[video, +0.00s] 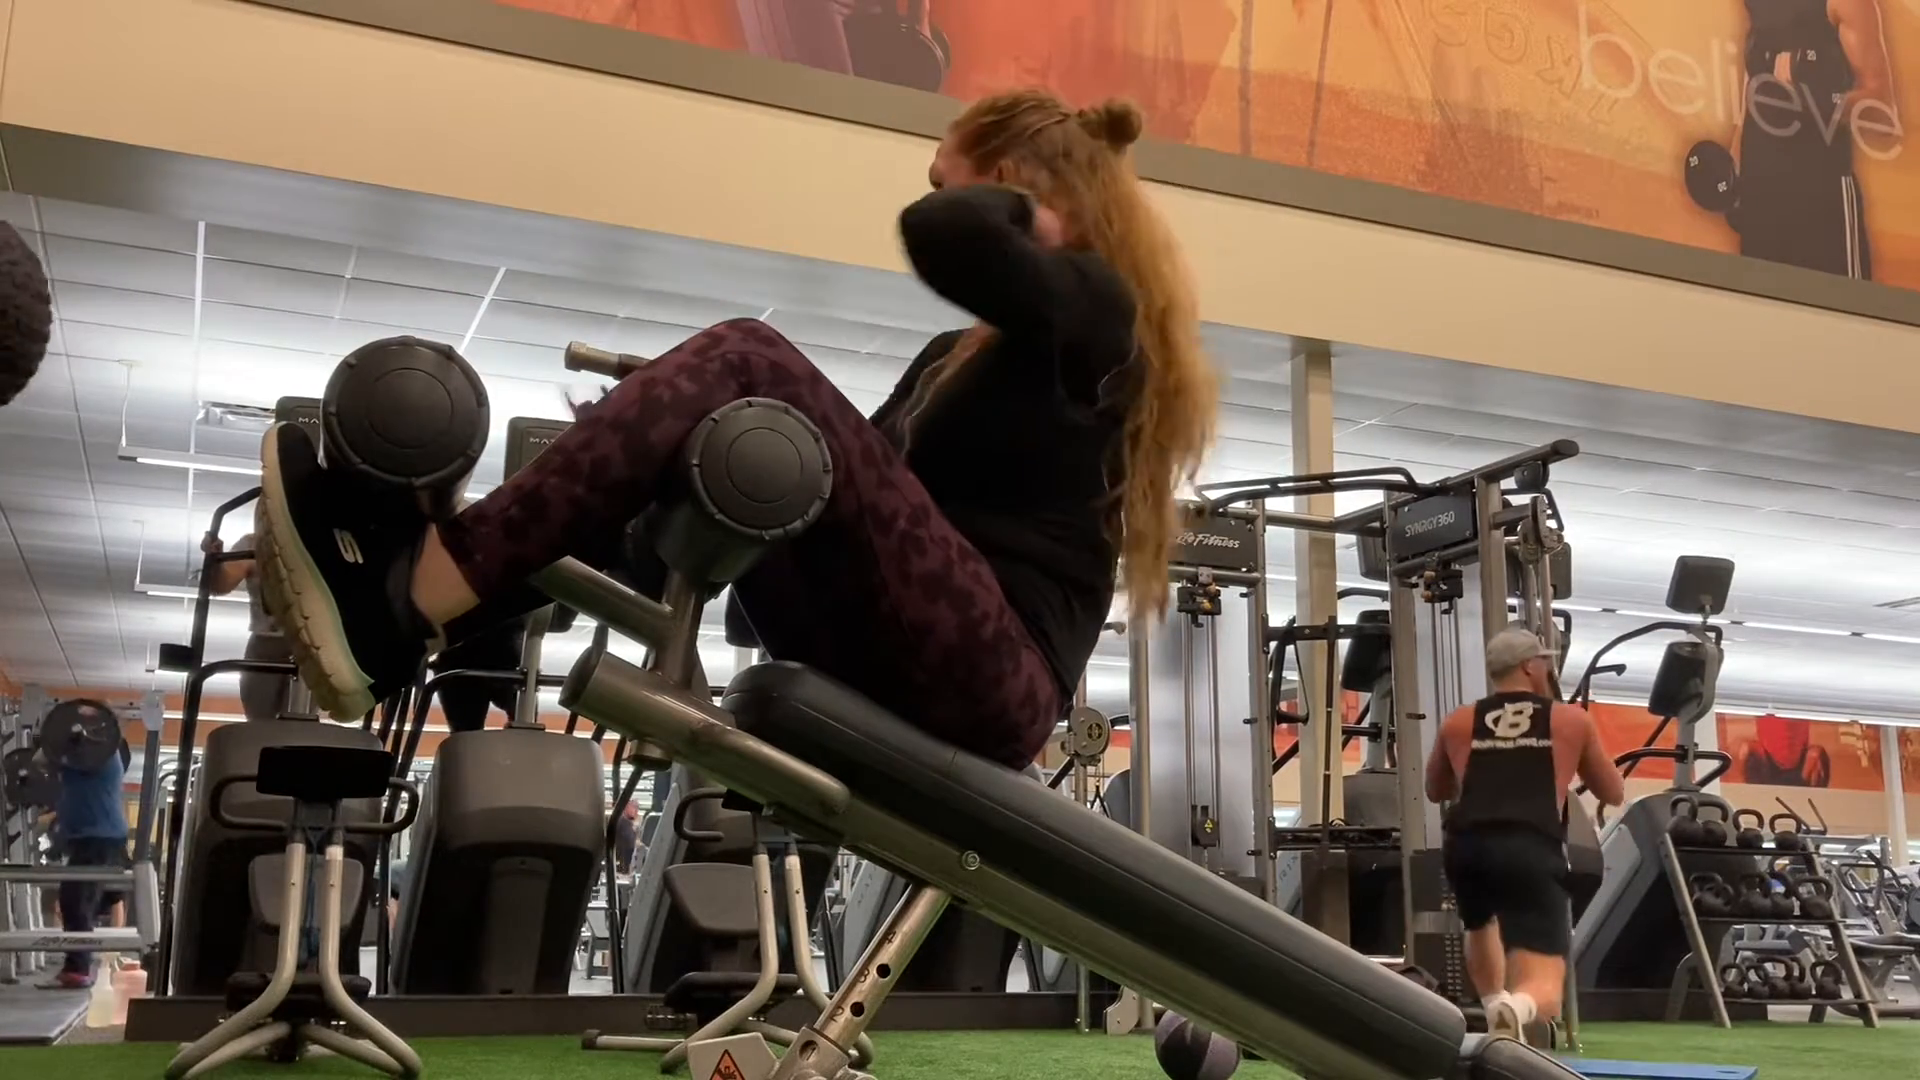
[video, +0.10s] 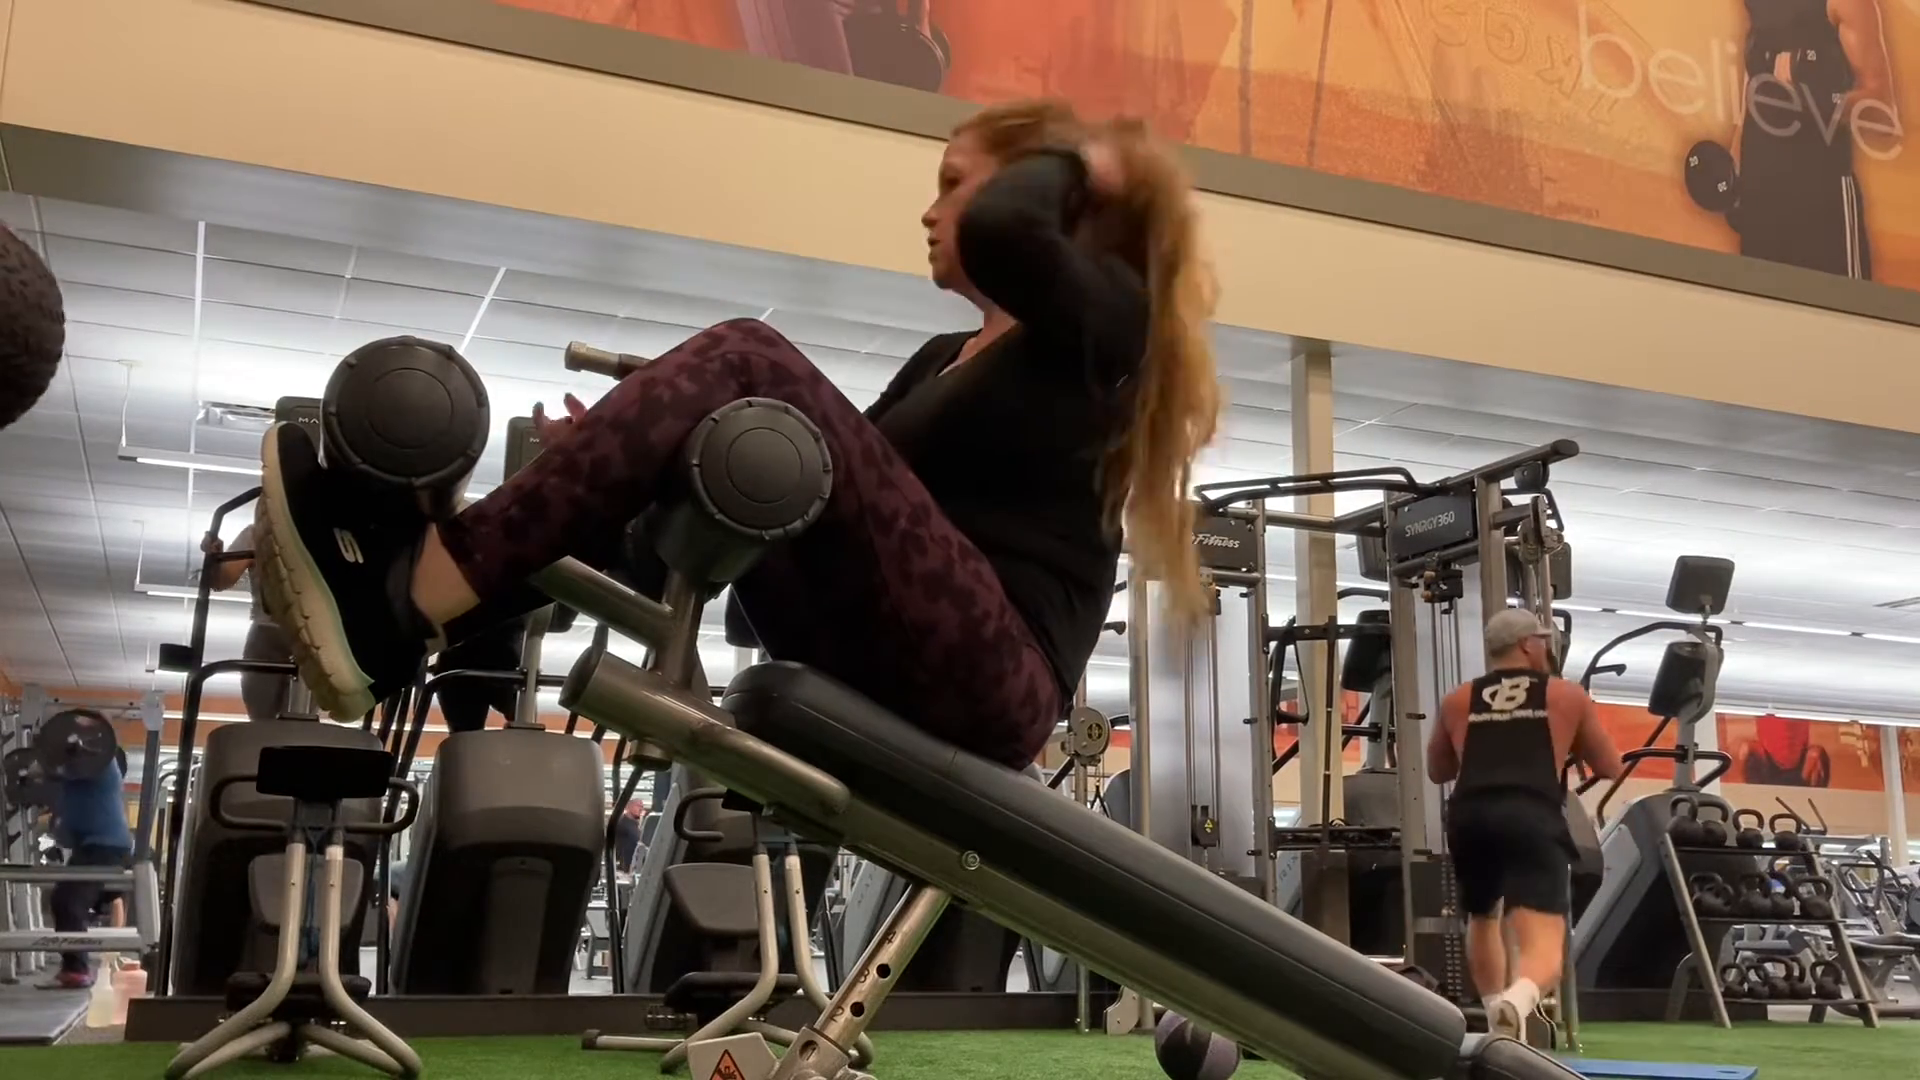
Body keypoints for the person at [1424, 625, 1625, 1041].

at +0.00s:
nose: (1549, 671)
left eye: (1547, 662)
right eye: (1545, 662)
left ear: (1495, 671)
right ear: (1528, 668)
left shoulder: (1458, 722)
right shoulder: (1573, 721)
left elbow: (1437, 789)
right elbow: (1613, 792)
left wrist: (1481, 768)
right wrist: (1582, 764)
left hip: (1467, 848)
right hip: (1531, 849)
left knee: (1478, 922)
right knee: (1542, 986)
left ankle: (1499, 1020)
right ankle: (1509, 1009)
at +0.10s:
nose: (1548, 650)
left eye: (1545, 641)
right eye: (1542, 642)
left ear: (1495, 651)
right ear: (1526, 646)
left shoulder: (1457, 699)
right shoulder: (1568, 695)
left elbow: (1438, 771)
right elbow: (1610, 768)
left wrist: (1479, 748)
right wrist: (1584, 754)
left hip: (1470, 817)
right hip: (1533, 815)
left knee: (1483, 920)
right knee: (1543, 948)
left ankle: (1500, 1030)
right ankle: (1513, 1003)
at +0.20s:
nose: (1551, 630)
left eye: (1547, 621)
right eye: (1545, 621)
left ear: (1494, 632)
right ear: (1527, 625)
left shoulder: (1458, 679)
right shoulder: (1563, 670)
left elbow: (1442, 751)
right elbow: (1606, 740)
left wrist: (1487, 727)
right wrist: (1571, 720)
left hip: (1471, 792)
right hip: (1533, 786)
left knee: (1487, 912)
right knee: (1576, 906)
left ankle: (1501, 1029)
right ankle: (1531, 983)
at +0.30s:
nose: (1552, 613)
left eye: (1551, 604)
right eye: (1548, 604)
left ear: (1494, 613)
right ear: (1529, 607)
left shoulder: (1457, 665)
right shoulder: (1559, 648)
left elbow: (1453, 734)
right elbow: (1607, 715)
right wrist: (1573, 683)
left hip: (1473, 781)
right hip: (1534, 772)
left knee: (1490, 906)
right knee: (1620, 871)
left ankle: (1503, 1031)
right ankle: (1548, 962)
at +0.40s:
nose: (1549, 600)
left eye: (1546, 592)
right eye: (1545, 592)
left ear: (1494, 598)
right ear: (1529, 593)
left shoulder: (1461, 652)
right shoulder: (1555, 634)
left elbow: (1462, 716)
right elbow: (1612, 695)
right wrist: (1583, 659)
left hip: (1480, 779)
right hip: (1542, 769)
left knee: (1497, 904)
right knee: (1645, 843)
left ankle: (1503, 1028)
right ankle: (1596, 954)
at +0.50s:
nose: (1550, 593)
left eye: (1548, 586)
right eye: (1547, 586)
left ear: (1495, 592)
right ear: (1534, 587)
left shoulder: (1465, 647)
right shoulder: (1557, 632)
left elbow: (1464, 712)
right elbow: (1611, 695)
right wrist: (1600, 658)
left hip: (1488, 778)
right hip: (1550, 768)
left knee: (1501, 901)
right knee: (1640, 850)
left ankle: (1502, 1027)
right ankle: (1674, 966)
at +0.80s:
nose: (1570, 599)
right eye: (1571, 592)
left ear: (1523, 597)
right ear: (1571, 594)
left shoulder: (1493, 652)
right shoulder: (1603, 647)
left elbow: (1472, 720)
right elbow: (1633, 720)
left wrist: (1508, 732)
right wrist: (1599, 692)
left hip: (1530, 789)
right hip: (1598, 785)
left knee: (1516, 908)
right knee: (1645, 893)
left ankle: (1503, 1029)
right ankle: (1691, 1020)